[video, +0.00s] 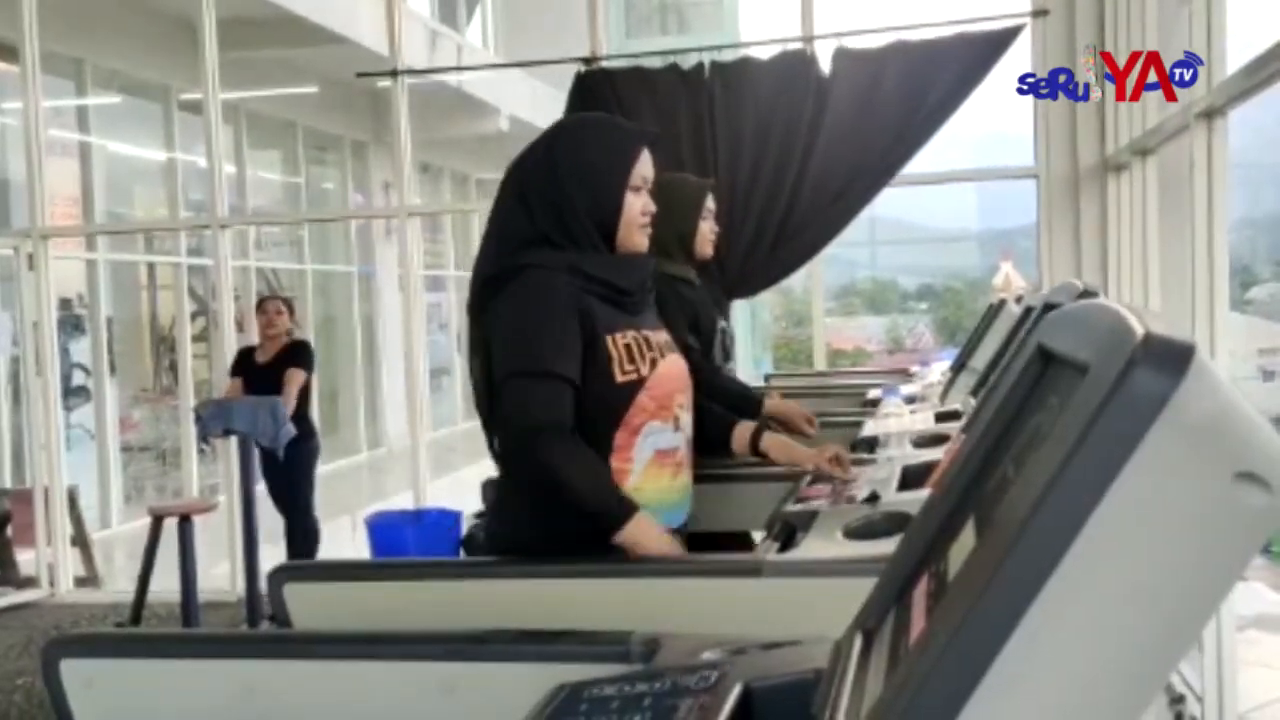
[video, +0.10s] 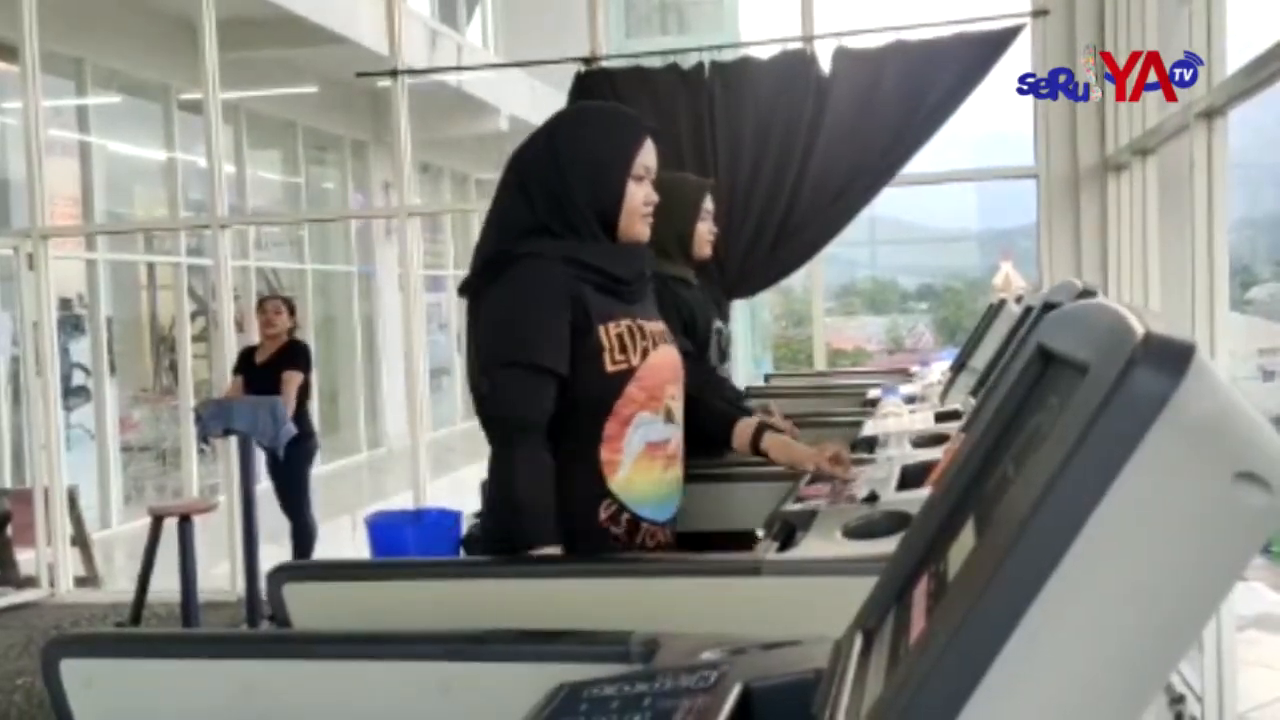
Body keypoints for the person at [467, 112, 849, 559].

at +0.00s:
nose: (651, 206)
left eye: (649, 190)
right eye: (637, 189)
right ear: (589, 190)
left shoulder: (625, 288)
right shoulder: (541, 290)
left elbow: (670, 404)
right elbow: (538, 442)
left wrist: (769, 443)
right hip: (568, 565)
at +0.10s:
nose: (654, 197)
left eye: (652, 181)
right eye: (640, 179)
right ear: (590, 178)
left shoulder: (629, 278)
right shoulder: (532, 281)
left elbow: (684, 392)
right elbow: (519, 435)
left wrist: (788, 449)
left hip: (642, 534)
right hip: (569, 546)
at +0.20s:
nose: (653, 200)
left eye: (651, 183)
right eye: (639, 183)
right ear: (588, 182)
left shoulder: (628, 284)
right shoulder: (527, 287)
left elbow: (674, 396)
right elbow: (491, 440)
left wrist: (780, 440)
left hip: (632, 550)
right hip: (549, 562)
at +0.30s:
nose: (651, 212)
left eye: (651, 195)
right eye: (637, 194)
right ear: (587, 196)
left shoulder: (625, 297)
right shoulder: (522, 299)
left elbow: (658, 412)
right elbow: (470, 448)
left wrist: (766, 435)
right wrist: (415, 569)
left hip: (619, 559)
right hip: (533, 572)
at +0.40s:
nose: (648, 223)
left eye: (646, 207)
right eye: (634, 204)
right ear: (584, 204)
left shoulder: (615, 308)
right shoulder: (522, 314)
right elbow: (472, 469)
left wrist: (749, 435)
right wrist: (429, 596)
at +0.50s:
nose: (645, 211)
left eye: (643, 195)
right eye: (632, 194)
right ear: (583, 195)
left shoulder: (610, 297)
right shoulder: (526, 307)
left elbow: (668, 411)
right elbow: (507, 473)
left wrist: (784, 455)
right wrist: (486, 600)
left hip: (633, 558)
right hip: (564, 571)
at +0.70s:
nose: (638, 203)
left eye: (635, 186)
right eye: (624, 185)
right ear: (574, 185)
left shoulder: (594, 286)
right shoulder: (529, 289)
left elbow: (645, 404)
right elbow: (564, 435)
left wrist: (760, 444)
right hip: (533, 567)